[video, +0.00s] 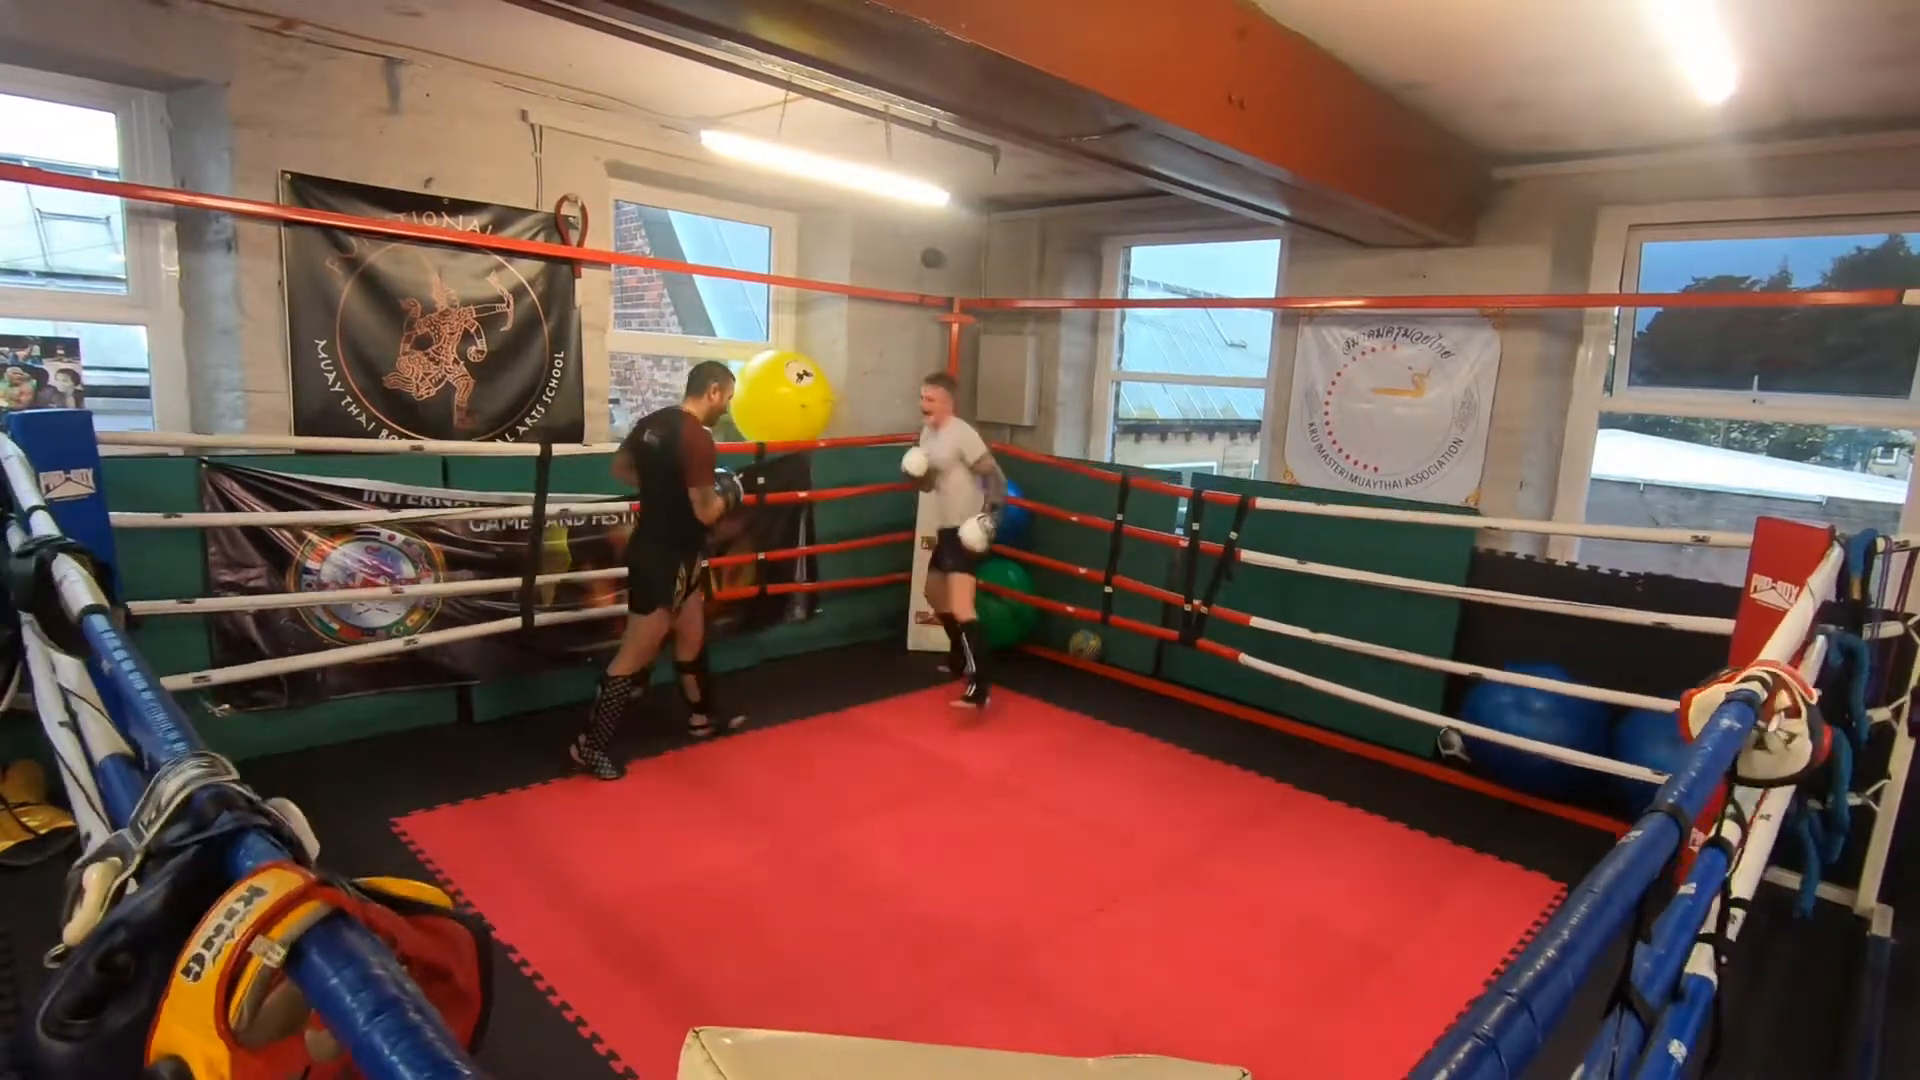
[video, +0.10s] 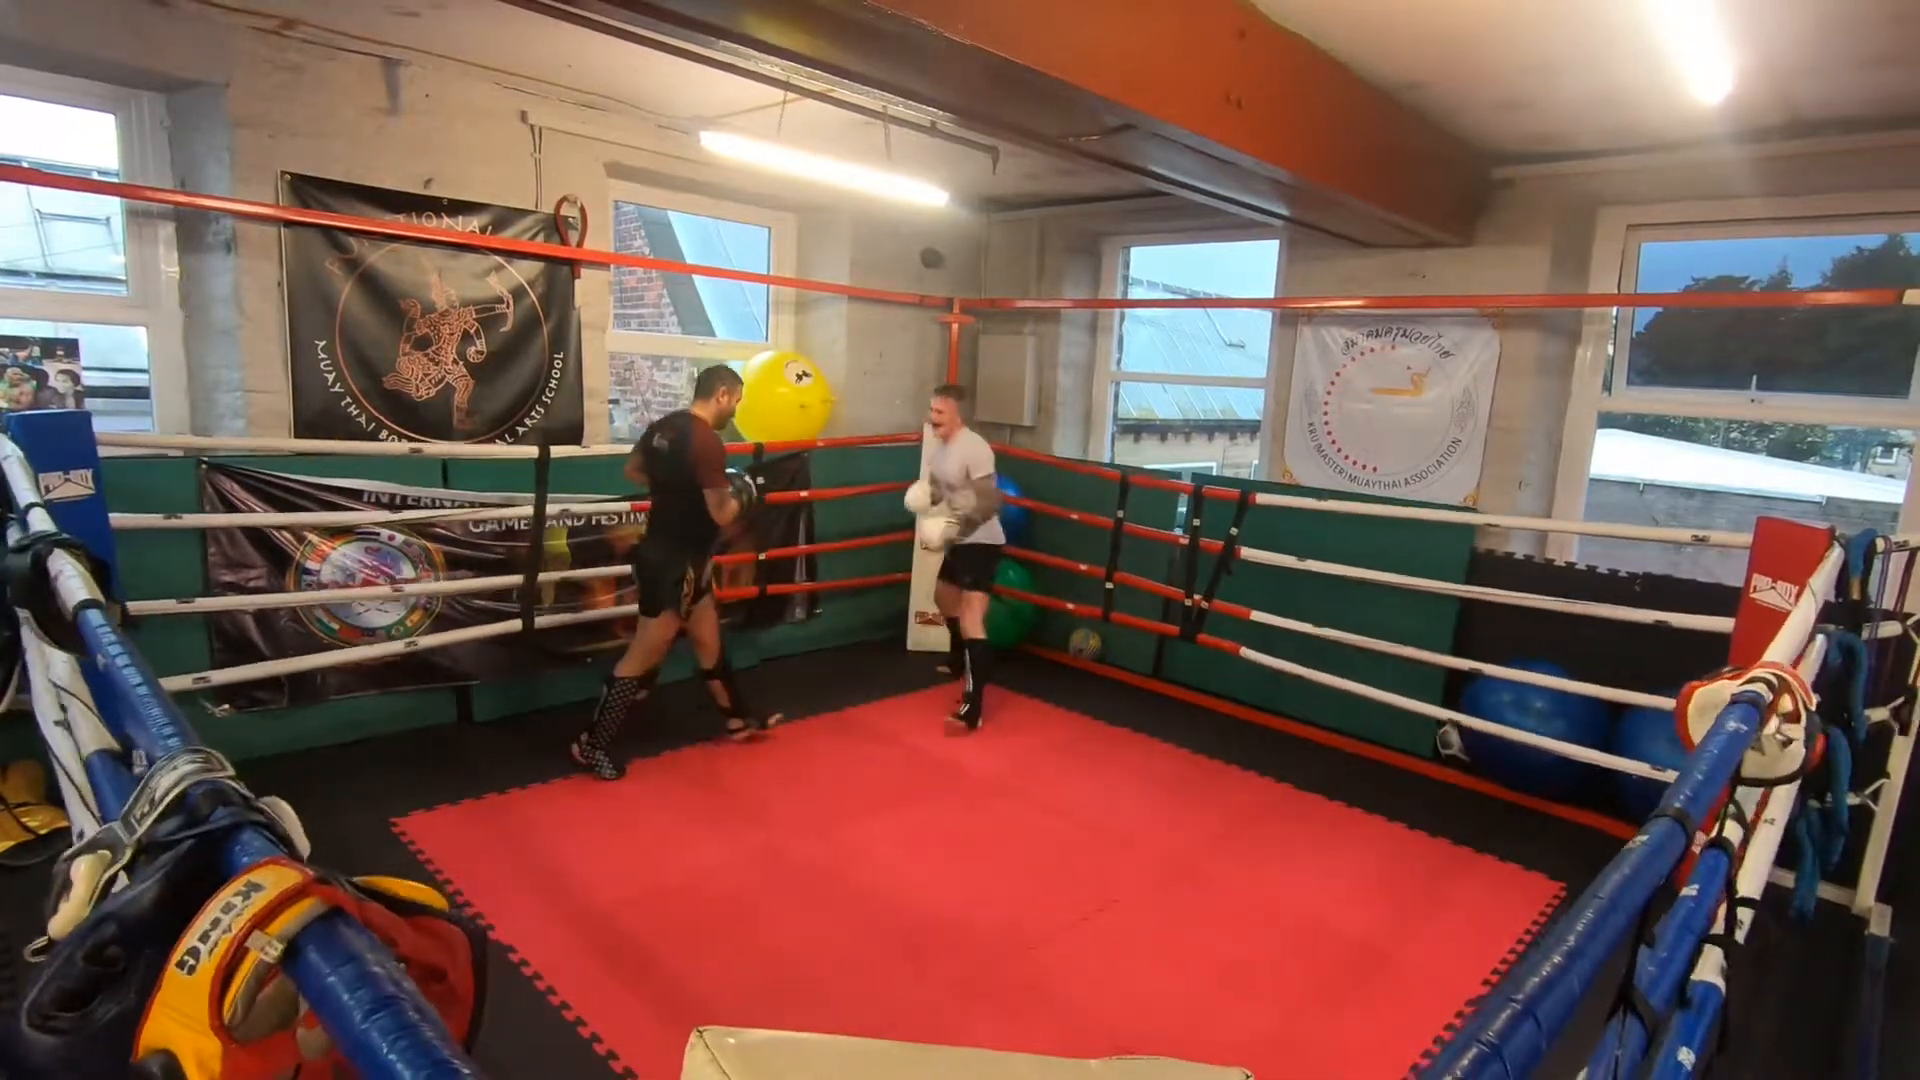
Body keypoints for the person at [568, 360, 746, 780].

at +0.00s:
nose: (727, 408)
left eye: (729, 400)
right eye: (727, 399)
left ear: (696, 390)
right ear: (713, 392)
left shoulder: (653, 422)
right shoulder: (696, 438)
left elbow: (621, 468)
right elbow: (706, 512)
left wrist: (665, 484)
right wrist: (730, 491)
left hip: (665, 550)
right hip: (666, 557)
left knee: (690, 636)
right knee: (639, 649)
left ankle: (701, 717)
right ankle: (591, 745)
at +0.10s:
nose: (735, 411)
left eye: (738, 403)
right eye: (736, 402)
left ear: (704, 392)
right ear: (722, 395)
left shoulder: (664, 426)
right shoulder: (706, 441)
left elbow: (634, 471)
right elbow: (722, 514)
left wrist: (678, 480)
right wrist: (745, 492)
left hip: (662, 550)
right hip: (679, 559)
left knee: (707, 640)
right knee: (647, 650)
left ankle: (738, 720)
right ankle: (594, 744)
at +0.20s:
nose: (747, 418)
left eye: (750, 410)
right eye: (748, 409)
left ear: (717, 400)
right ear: (732, 402)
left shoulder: (680, 438)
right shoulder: (713, 445)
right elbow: (738, 518)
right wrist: (761, 493)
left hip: (696, 564)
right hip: (692, 568)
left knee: (730, 648)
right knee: (658, 656)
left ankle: (757, 727)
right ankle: (596, 743)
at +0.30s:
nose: (763, 419)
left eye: (766, 412)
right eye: (763, 410)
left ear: (739, 398)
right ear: (747, 400)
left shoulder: (711, 435)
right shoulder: (726, 442)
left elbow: (727, 495)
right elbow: (756, 506)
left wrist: (764, 477)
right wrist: (787, 480)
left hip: (729, 560)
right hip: (707, 563)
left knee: (750, 642)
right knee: (686, 655)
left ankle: (758, 727)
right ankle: (611, 735)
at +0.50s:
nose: (783, 408)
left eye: (787, 403)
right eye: (780, 399)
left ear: (780, 407)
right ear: (763, 394)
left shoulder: (760, 435)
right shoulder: (740, 427)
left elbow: (790, 478)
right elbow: (789, 477)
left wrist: (807, 439)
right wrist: (808, 437)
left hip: (750, 552)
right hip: (720, 551)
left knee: (754, 645)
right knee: (715, 652)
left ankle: (758, 727)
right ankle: (661, 740)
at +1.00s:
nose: (789, 417)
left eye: (792, 410)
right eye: (785, 408)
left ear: (778, 407)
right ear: (761, 401)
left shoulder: (777, 439)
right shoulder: (727, 443)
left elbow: (794, 477)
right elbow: (768, 502)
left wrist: (825, 464)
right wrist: (796, 460)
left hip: (784, 559)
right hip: (742, 565)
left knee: (818, 638)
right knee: (735, 654)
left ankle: (786, 710)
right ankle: (715, 742)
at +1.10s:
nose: (796, 419)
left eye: (800, 412)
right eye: (792, 410)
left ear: (792, 408)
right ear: (767, 401)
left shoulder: (783, 441)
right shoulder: (735, 443)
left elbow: (800, 478)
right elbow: (772, 504)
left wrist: (833, 463)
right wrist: (804, 463)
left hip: (790, 560)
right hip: (746, 565)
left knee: (821, 642)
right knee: (732, 653)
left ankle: (820, 730)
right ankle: (714, 744)